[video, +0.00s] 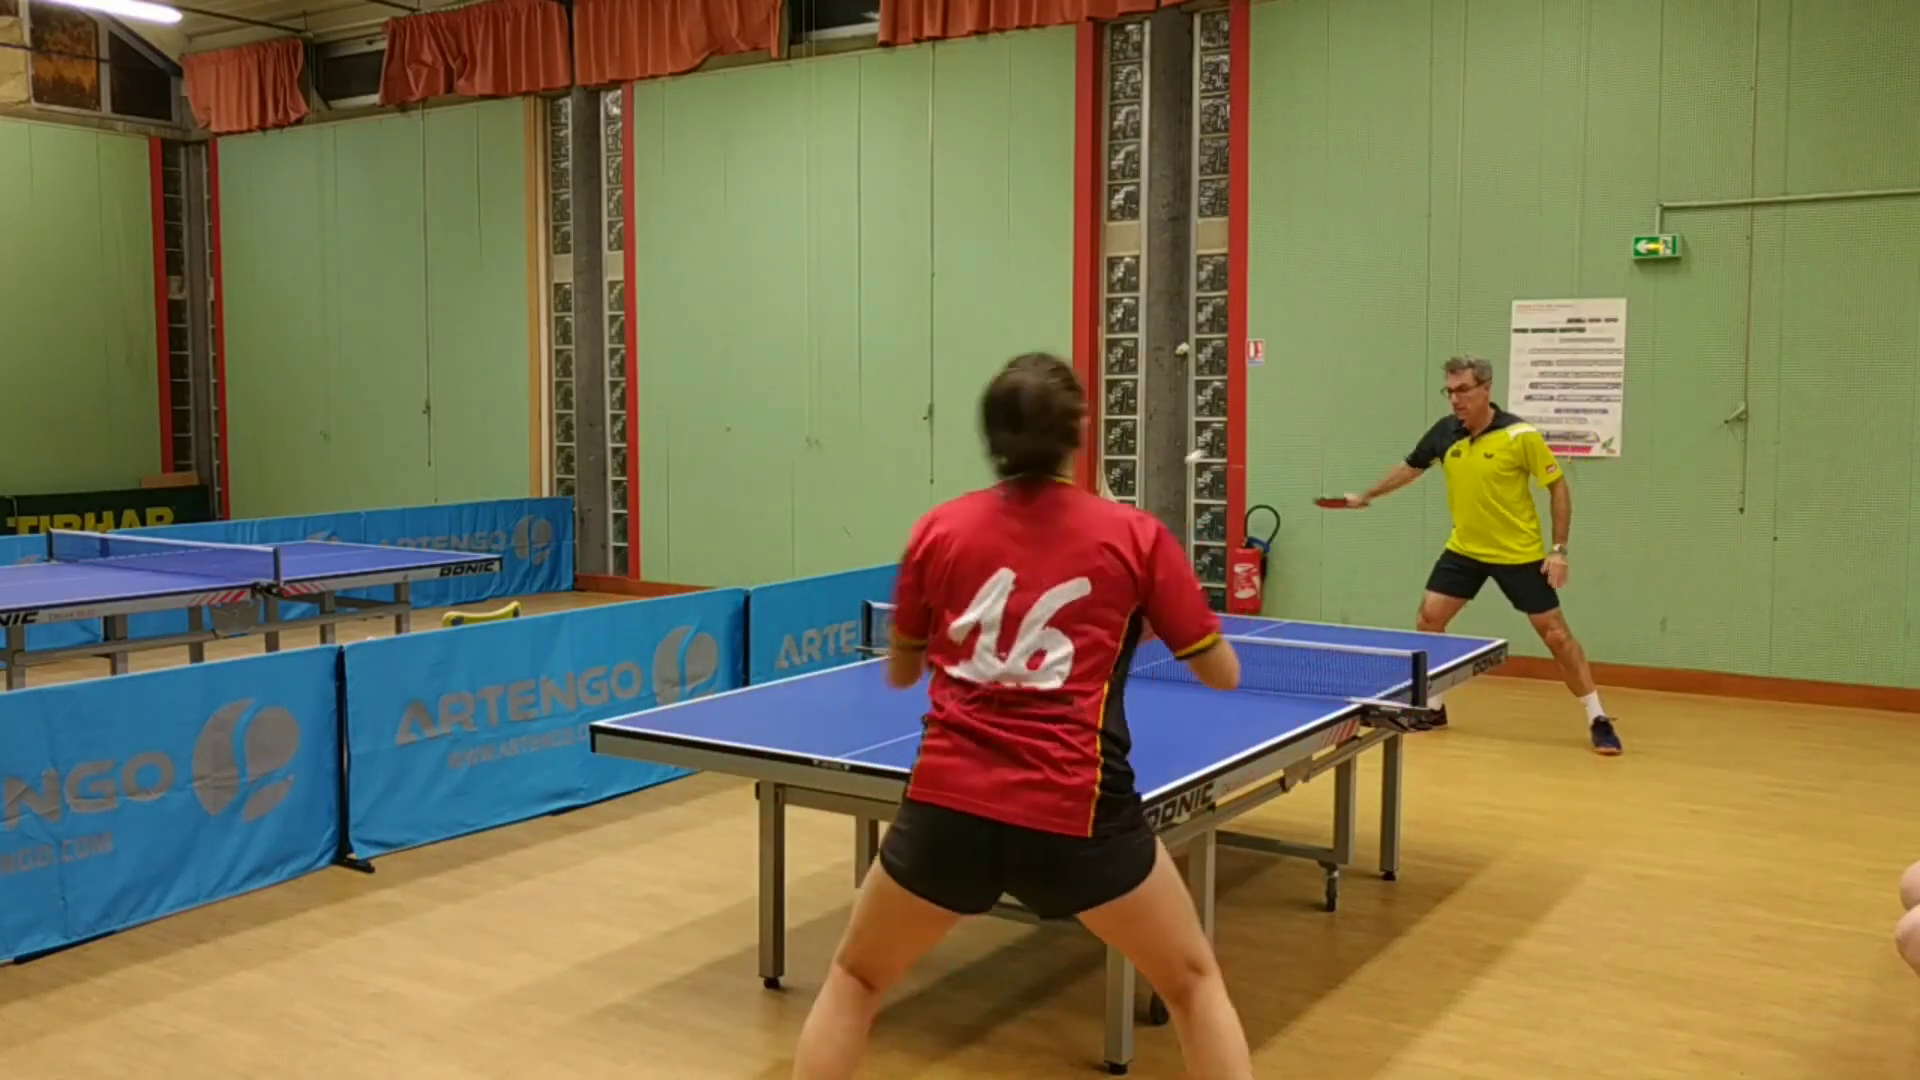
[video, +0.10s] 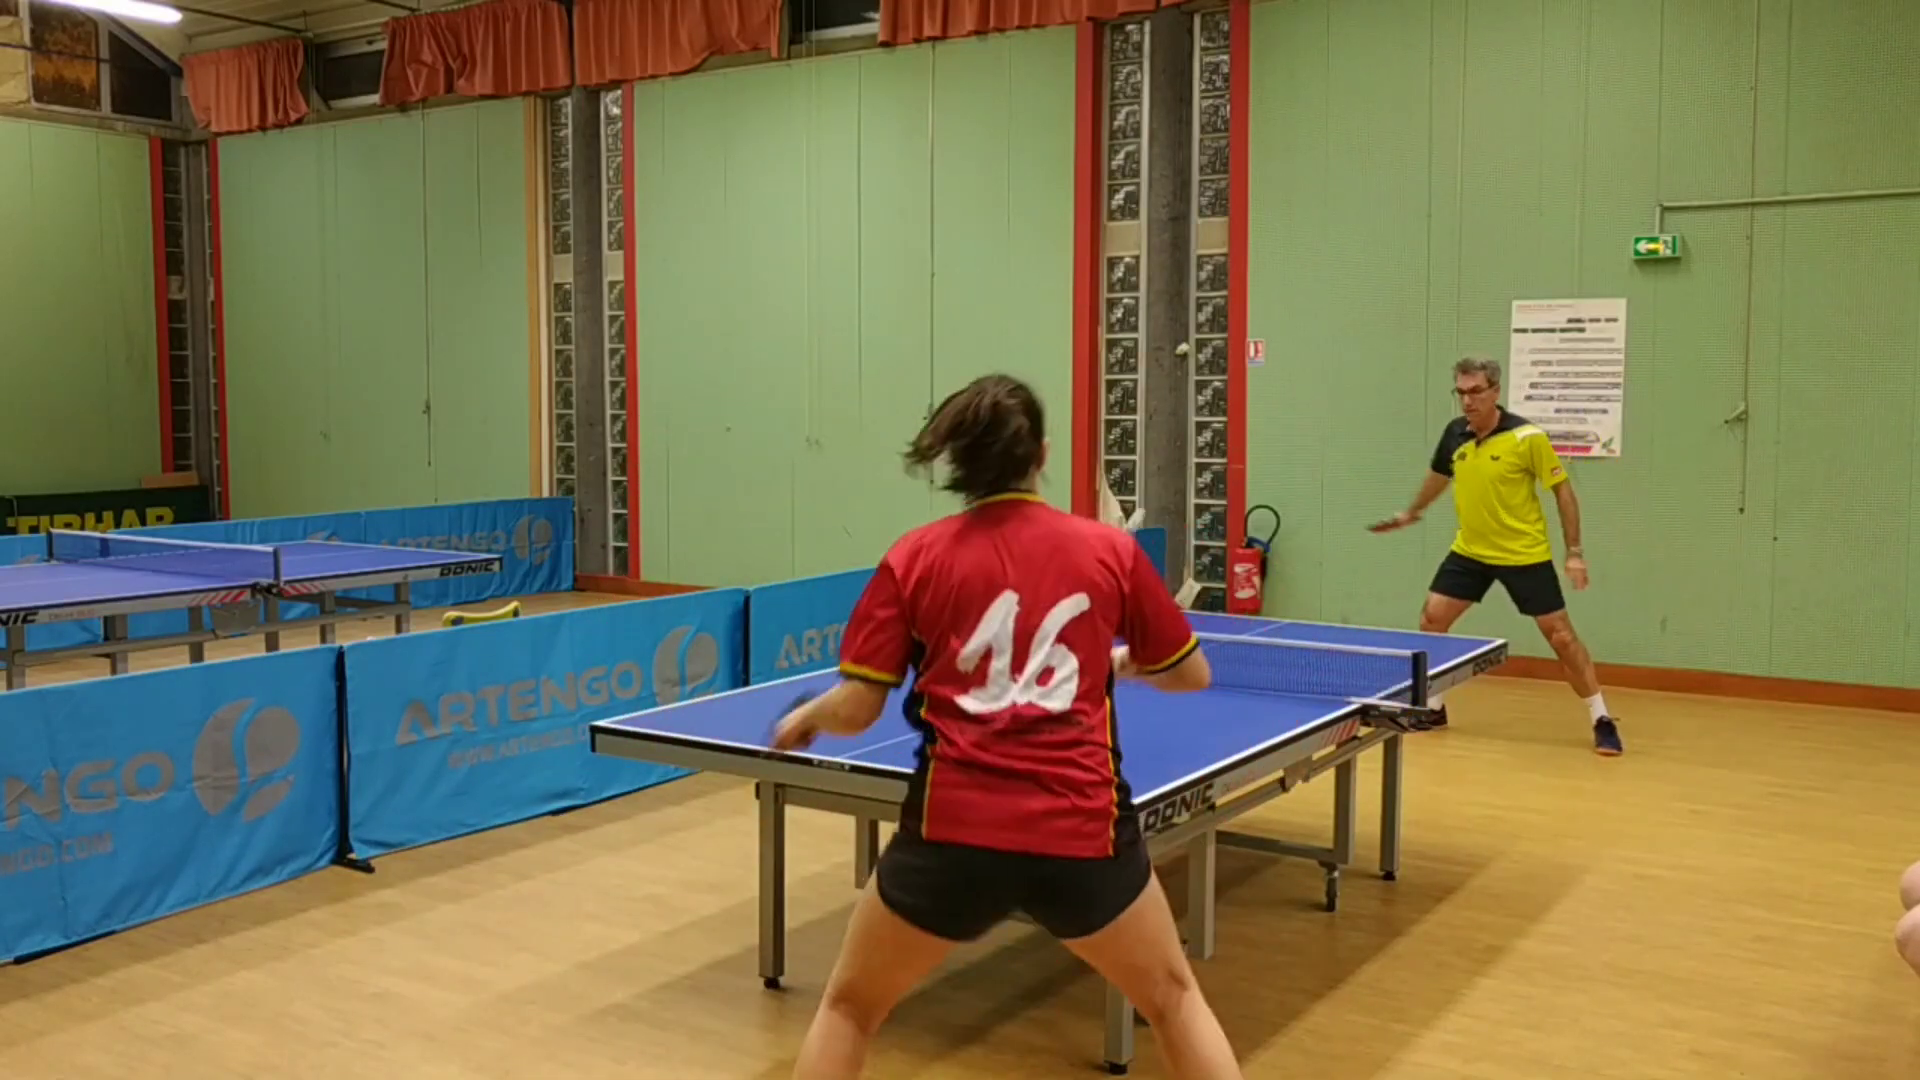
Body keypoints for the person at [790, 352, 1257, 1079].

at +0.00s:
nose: (1087, 427)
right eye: (1084, 418)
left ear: (993, 435)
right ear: (1079, 432)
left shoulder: (940, 530)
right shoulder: (1132, 536)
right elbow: (1222, 672)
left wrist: (956, 613)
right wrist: (1170, 612)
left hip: (948, 815)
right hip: (1076, 822)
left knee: (855, 981)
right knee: (1192, 983)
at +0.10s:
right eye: (1038, 439)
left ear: (958, 455)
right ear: (1040, 452)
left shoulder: (915, 558)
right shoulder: (1106, 549)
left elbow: (858, 708)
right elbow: (1190, 673)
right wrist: (1124, 660)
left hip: (953, 842)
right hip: (1083, 845)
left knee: (850, 1010)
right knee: (1173, 998)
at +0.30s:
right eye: (1073, 465)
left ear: (990, 494)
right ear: (1069, 482)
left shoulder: (985, 591)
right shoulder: (1154, 559)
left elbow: (932, 736)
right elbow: (1241, 679)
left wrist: (827, 695)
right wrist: (1149, 666)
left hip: (1054, 846)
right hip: (1177, 843)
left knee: (903, 1026)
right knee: (1233, 1007)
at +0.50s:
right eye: (1249, 486)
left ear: (1172, 497)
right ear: (1249, 499)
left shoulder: (1138, 566)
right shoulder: (1273, 571)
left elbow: (1206, 623)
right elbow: (1319, 696)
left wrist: (1313, 606)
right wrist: (1274, 631)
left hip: (1091, 828)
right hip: (1213, 837)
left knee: (966, 1037)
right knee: (1291, 985)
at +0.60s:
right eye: (1305, 493)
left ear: (1226, 498)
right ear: (1297, 505)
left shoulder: (1180, 563)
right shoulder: (1297, 564)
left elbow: (1331, 657)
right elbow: (1347, 712)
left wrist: (1453, 622)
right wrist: (1319, 719)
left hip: (1095, 793)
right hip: (1211, 808)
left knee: (975, 1011)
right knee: (1299, 983)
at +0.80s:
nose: (1314, 446)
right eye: (1309, 436)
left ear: (1226, 446)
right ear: (1301, 448)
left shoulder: (1182, 509)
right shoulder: (1312, 525)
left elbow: (1247, 650)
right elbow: (1353, 682)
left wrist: (1373, 672)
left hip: (1092, 749)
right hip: (1209, 770)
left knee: (983, 965)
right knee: (1284, 977)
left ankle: (890, 1074)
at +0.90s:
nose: (1280, 411)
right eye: (1275, 400)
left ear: (1189, 411)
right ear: (1267, 414)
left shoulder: (1143, 481)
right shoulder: (1293, 502)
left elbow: (1191, 595)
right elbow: (1339, 653)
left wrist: (1322, 642)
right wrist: (1266, 621)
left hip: (1082, 740)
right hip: (1202, 761)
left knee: (976, 944)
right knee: (1268, 974)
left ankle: (888, 1077)